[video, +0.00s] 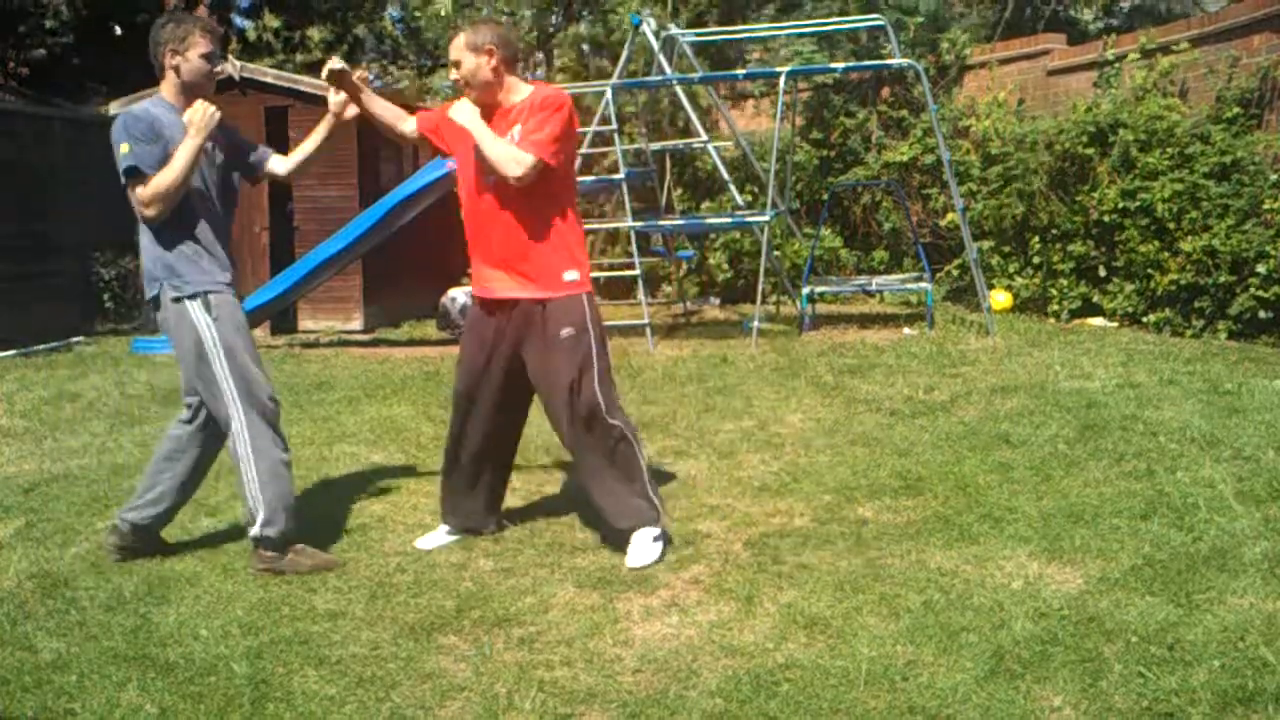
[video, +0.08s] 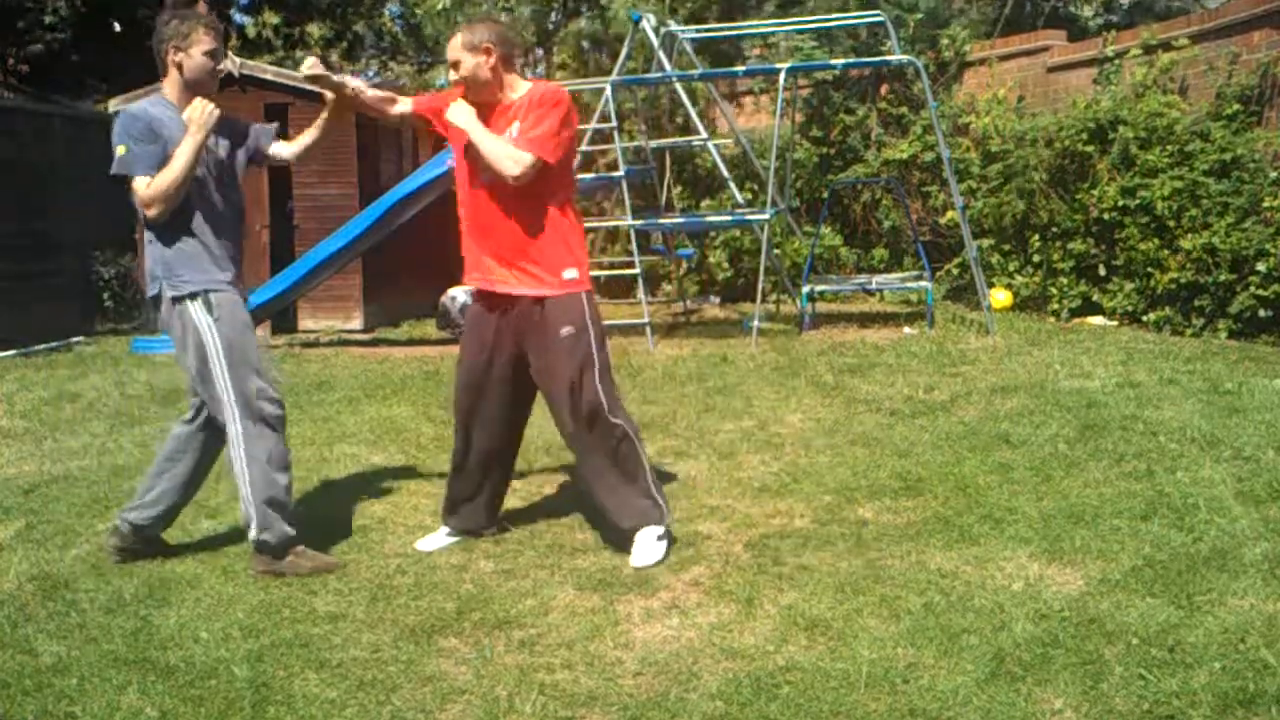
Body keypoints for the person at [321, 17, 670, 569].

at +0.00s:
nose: (455, 78)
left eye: (460, 68)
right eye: (452, 69)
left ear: (493, 61)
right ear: (479, 64)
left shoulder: (549, 103)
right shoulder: (466, 112)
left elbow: (519, 168)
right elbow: (408, 127)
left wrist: (471, 121)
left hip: (556, 290)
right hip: (492, 293)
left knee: (587, 409)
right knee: (477, 408)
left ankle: (642, 522)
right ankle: (469, 517)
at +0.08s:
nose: (452, 78)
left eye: (457, 67)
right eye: (450, 68)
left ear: (490, 59)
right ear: (477, 62)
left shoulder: (549, 101)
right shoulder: (459, 101)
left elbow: (516, 167)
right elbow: (394, 105)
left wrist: (464, 118)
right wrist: (337, 82)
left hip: (555, 287)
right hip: (490, 290)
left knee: (589, 409)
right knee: (478, 409)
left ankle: (645, 520)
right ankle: (468, 518)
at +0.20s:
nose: (470, 84)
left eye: (475, 72)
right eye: (466, 74)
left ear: (511, 65)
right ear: (489, 70)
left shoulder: (565, 113)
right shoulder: (473, 119)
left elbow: (543, 191)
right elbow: (430, 176)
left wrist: (490, 140)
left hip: (559, 298)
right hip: (488, 299)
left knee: (592, 410)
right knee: (468, 407)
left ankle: (658, 521)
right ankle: (468, 519)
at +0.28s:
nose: (476, 84)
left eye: (481, 74)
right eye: (473, 75)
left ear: (515, 69)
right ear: (500, 73)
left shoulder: (572, 118)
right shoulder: (484, 125)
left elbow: (558, 198)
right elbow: (467, 204)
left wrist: (502, 147)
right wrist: (439, 168)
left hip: (562, 300)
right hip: (495, 299)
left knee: (598, 414)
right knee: (467, 406)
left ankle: (657, 520)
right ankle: (464, 517)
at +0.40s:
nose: (490, 86)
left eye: (494, 76)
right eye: (486, 77)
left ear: (525, 64)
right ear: (514, 66)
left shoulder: (579, 109)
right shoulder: (511, 112)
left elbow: (531, 173)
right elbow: (472, 178)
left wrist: (487, 121)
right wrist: (459, 127)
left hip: (570, 288)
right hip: (511, 287)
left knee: (600, 409)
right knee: (473, 397)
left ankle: (658, 517)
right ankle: (462, 515)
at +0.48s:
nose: (495, 88)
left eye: (498, 78)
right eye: (491, 79)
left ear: (531, 66)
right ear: (519, 69)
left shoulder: (582, 111)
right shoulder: (518, 114)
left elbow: (511, 161)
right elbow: (469, 176)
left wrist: (466, 107)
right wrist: (460, 116)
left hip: (571, 288)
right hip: (515, 287)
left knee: (598, 412)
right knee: (472, 396)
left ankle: (658, 521)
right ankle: (461, 514)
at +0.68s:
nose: (475, 101)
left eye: (480, 92)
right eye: (474, 93)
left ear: (511, 86)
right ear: (503, 87)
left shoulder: (566, 131)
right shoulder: (500, 136)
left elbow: (529, 200)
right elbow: (458, 189)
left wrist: (484, 145)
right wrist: (439, 139)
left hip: (567, 304)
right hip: (510, 301)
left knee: (593, 428)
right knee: (464, 408)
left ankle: (658, 523)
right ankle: (439, 514)